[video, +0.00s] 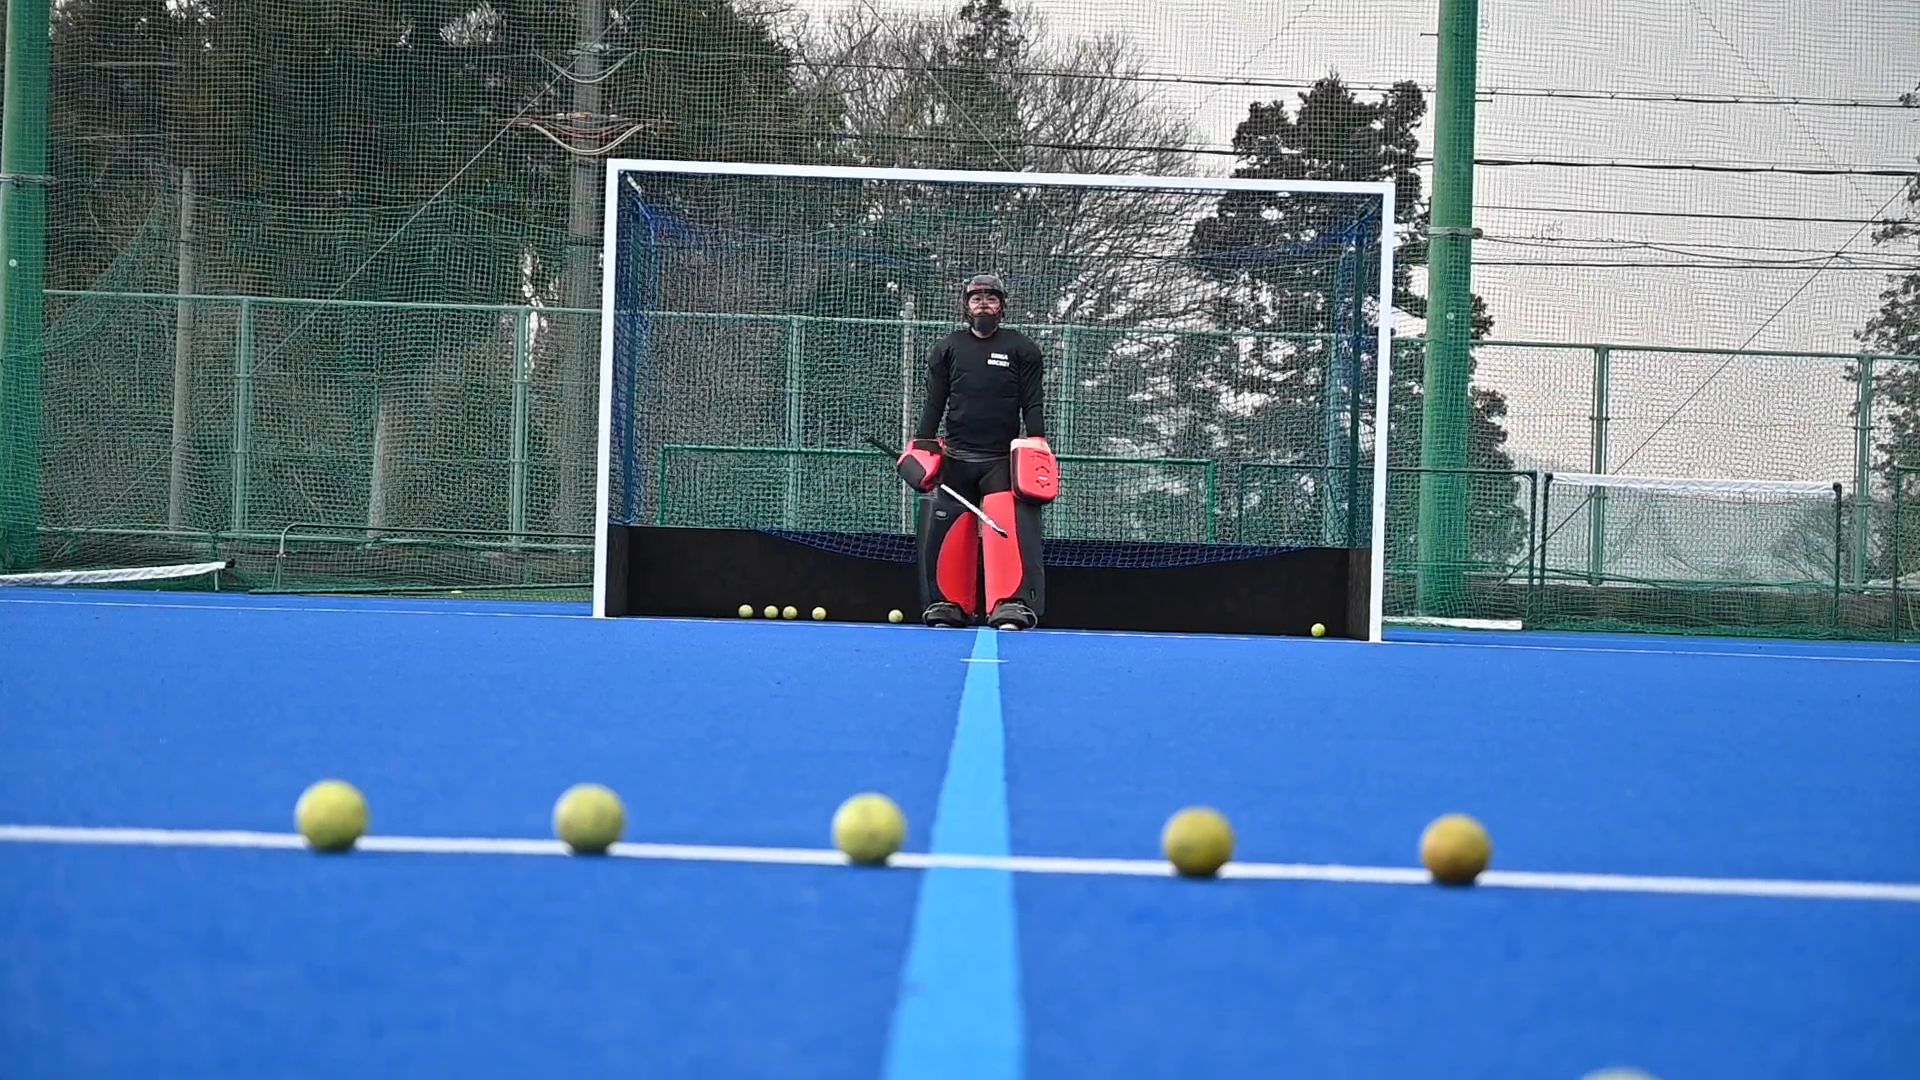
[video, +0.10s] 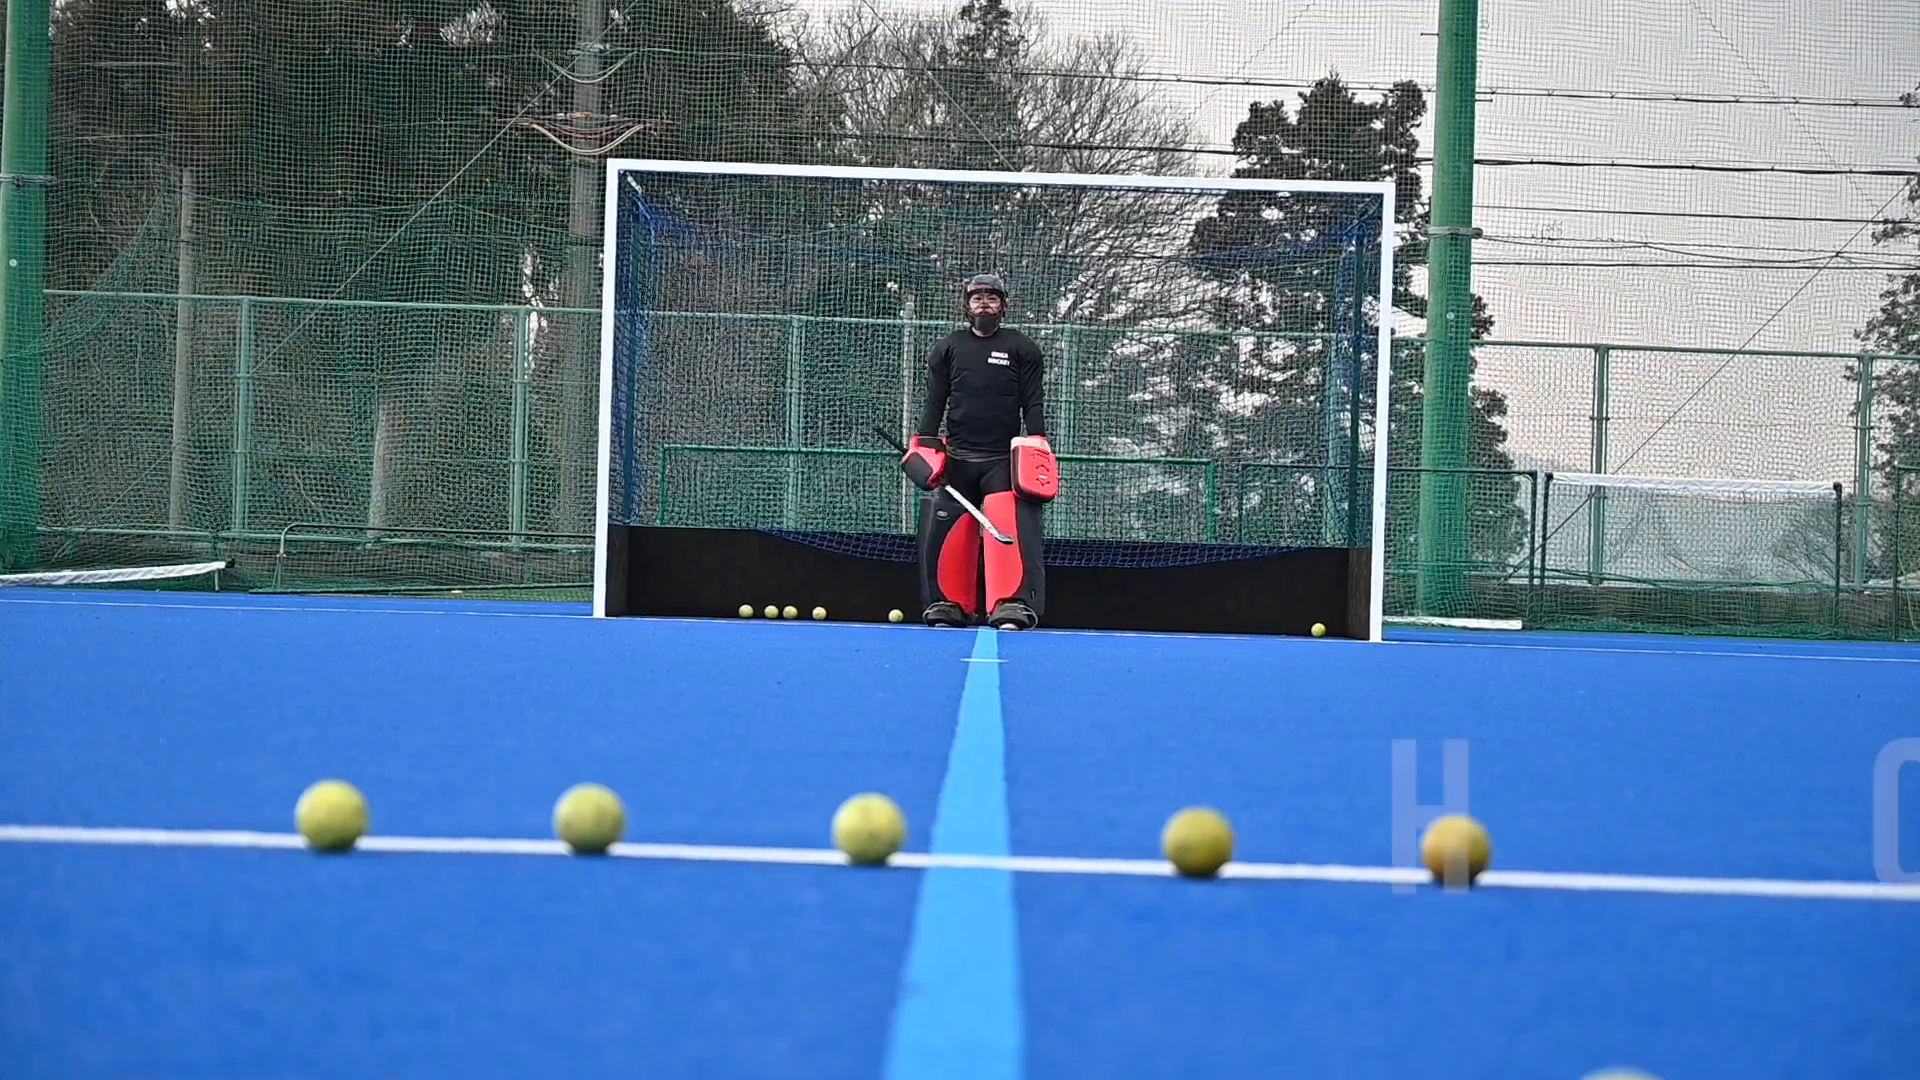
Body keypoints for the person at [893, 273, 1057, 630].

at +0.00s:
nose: (983, 304)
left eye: (991, 298)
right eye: (976, 298)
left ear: (1002, 305)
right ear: (966, 304)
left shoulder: (1022, 349)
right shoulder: (947, 348)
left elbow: (1032, 406)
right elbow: (933, 404)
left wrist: (1035, 453)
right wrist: (921, 449)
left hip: (1003, 460)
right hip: (956, 458)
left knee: (1010, 529)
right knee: (942, 528)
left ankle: (1011, 605)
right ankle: (946, 604)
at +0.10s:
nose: (984, 303)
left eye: (991, 297)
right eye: (977, 297)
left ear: (1002, 304)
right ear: (967, 304)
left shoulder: (1023, 348)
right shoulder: (947, 348)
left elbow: (1032, 404)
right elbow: (934, 403)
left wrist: (1036, 450)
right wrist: (925, 448)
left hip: (1004, 459)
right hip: (956, 457)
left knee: (1008, 530)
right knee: (944, 530)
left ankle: (1011, 605)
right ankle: (947, 604)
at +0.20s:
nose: (985, 303)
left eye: (992, 297)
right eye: (978, 297)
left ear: (1003, 305)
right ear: (967, 304)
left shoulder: (1023, 348)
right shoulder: (949, 347)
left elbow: (1032, 405)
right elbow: (936, 404)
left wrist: (1035, 452)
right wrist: (927, 449)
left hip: (1004, 459)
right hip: (956, 458)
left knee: (1009, 529)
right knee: (943, 528)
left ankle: (1011, 604)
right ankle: (946, 603)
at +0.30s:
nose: (984, 303)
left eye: (992, 297)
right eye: (977, 297)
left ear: (1003, 305)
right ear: (967, 304)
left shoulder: (1023, 349)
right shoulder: (948, 348)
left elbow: (1032, 406)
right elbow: (937, 406)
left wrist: (1032, 454)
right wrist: (927, 453)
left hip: (1004, 460)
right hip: (957, 458)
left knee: (1009, 528)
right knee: (943, 527)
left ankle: (1011, 604)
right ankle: (947, 603)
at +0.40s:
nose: (984, 304)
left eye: (992, 298)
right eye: (977, 298)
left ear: (1003, 305)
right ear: (967, 305)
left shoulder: (1023, 349)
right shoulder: (949, 347)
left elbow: (1032, 407)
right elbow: (936, 405)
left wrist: (1033, 454)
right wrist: (926, 452)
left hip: (1003, 460)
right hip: (956, 458)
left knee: (1008, 529)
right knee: (945, 529)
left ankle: (1012, 604)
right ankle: (948, 603)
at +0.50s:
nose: (984, 305)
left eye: (991, 299)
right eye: (977, 299)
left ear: (1002, 306)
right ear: (967, 306)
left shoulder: (1022, 350)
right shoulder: (948, 348)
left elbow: (1031, 408)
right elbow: (935, 405)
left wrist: (1032, 455)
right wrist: (924, 452)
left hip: (1001, 461)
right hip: (955, 459)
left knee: (1006, 531)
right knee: (946, 531)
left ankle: (1010, 604)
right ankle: (949, 603)